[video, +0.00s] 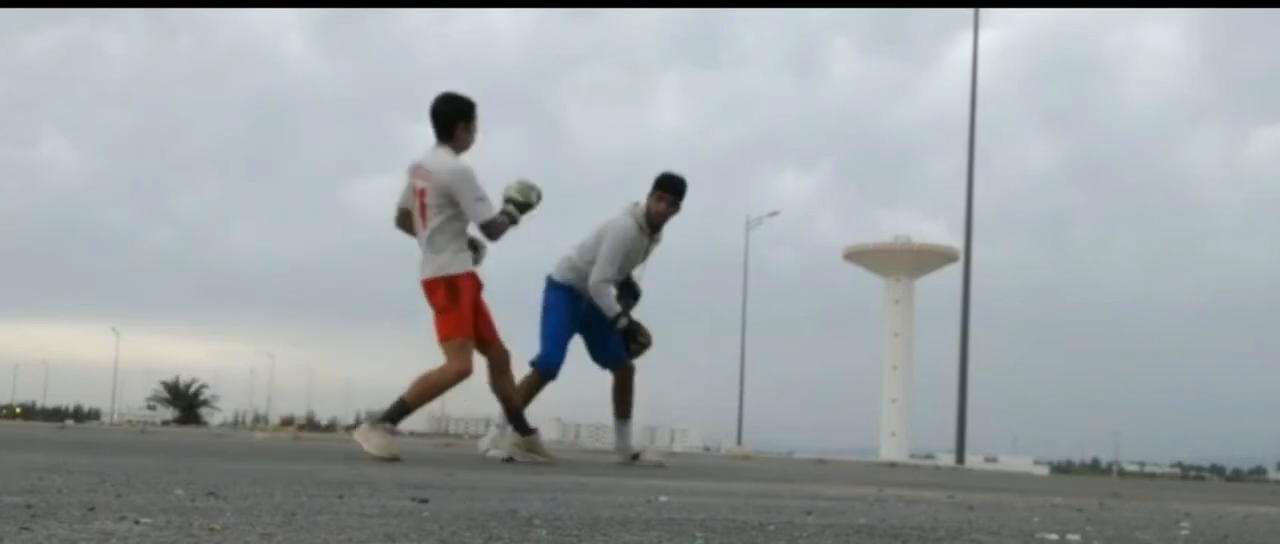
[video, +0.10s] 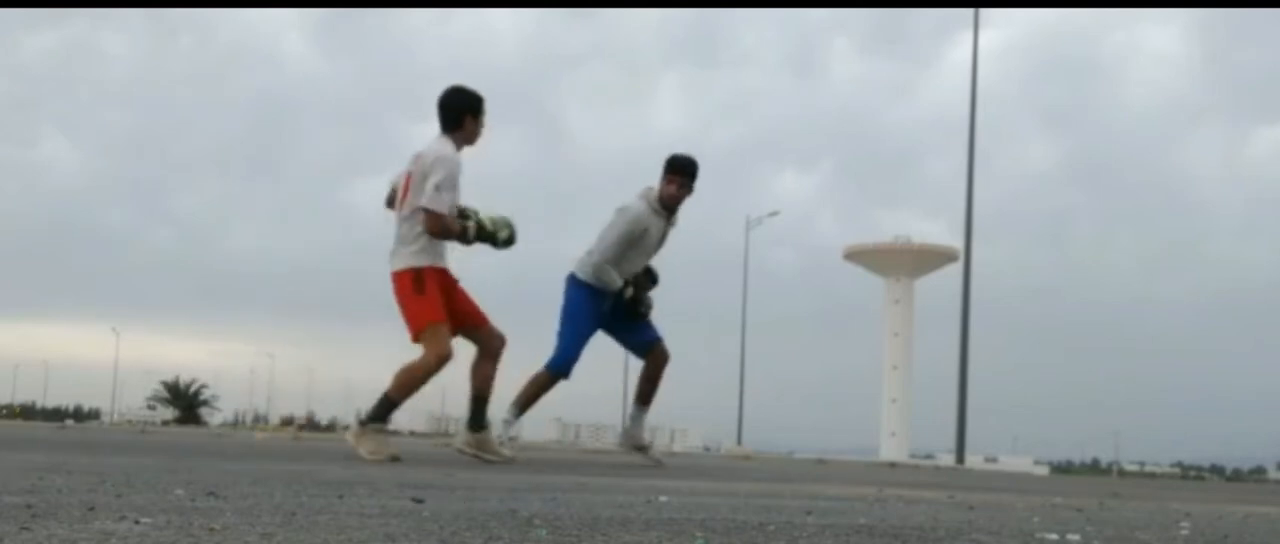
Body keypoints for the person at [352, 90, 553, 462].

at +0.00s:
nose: (475, 134)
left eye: (474, 126)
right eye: (472, 126)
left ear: (440, 128)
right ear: (459, 128)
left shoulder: (422, 167)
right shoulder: (456, 170)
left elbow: (403, 219)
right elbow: (492, 229)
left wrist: (457, 240)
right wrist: (516, 209)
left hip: (454, 276)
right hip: (449, 277)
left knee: (497, 355)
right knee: (459, 366)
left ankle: (525, 433)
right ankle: (379, 426)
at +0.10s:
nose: (482, 128)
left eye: (481, 120)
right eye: (479, 120)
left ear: (449, 120)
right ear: (465, 121)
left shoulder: (427, 157)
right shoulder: (444, 160)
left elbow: (395, 200)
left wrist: (457, 215)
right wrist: (472, 231)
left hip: (432, 271)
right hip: (415, 271)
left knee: (492, 341)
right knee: (438, 350)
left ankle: (477, 432)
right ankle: (370, 426)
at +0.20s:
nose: (478, 129)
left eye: (477, 121)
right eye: (475, 120)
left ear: (449, 120)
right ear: (460, 121)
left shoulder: (437, 157)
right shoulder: (429, 155)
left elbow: (433, 198)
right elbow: (406, 217)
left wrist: (476, 188)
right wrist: (451, 230)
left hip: (412, 266)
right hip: (387, 261)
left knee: (468, 348)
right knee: (415, 333)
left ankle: (439, 437)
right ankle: (363, 417)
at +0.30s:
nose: (452, 129)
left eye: (452, 120)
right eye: (449, 120)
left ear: (429, 119)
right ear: (432, 118)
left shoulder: (429, 160)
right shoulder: (397, 155)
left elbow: (462, 184)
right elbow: (393, 220)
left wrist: (503, 173)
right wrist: (441, 220)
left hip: (397, 272)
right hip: (370, 266)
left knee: (458, 350)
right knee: (380, 341)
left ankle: (439, 442)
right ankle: (311, 421)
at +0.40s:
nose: (428, 115)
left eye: (428, 106)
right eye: (424, 105)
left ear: (403, 107)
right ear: (404, 105)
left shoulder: (410, 156)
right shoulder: (369, 143)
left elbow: (434, 194)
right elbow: (376, 208)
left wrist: (473, 188)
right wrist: (418, 204)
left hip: (381, 273)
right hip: (347, 265)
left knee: (436, 350)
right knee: (339, 351)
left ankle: (435, 442)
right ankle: (271, 432)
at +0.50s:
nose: (417, 96)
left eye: (417, 87)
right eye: (413, 87)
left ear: (392, 87)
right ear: (394, 85)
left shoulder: (392, 139)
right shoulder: (354, 121)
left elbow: (392, 193)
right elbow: (361, 182)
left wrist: (434, 201)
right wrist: (405, 180)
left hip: (370, 256)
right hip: (335, 248)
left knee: (416, 345)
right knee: (324, 340)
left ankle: (424, 441)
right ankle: (270, 431)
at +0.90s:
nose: (410, 75)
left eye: (409, 66)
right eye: (406, 66)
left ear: (383, 66)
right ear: (385, 65)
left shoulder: (374, 111)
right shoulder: (351, 99)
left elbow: (398, 148)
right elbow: (392, 149)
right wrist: (441, 139)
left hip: (366, 243)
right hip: (328, 238)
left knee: (428, 326)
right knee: (314, 335)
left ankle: (385, 420)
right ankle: (262, 427)